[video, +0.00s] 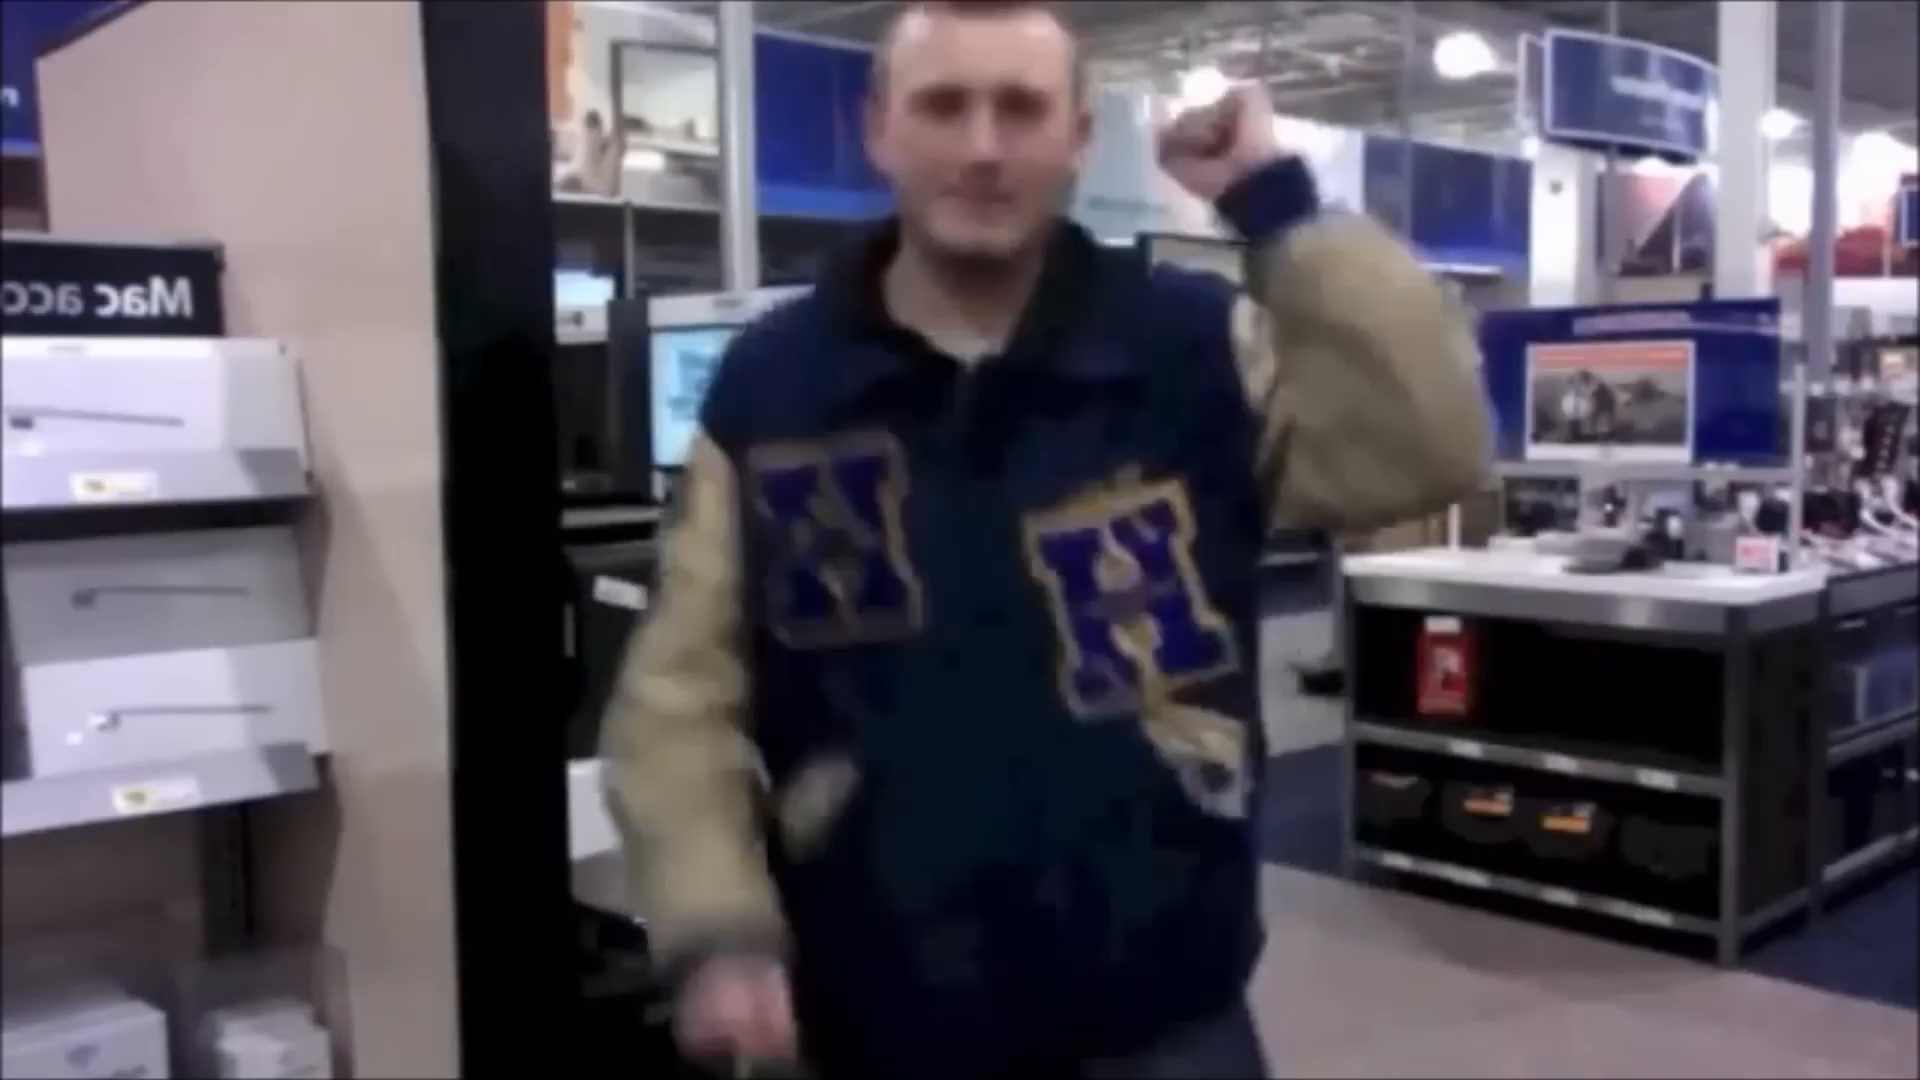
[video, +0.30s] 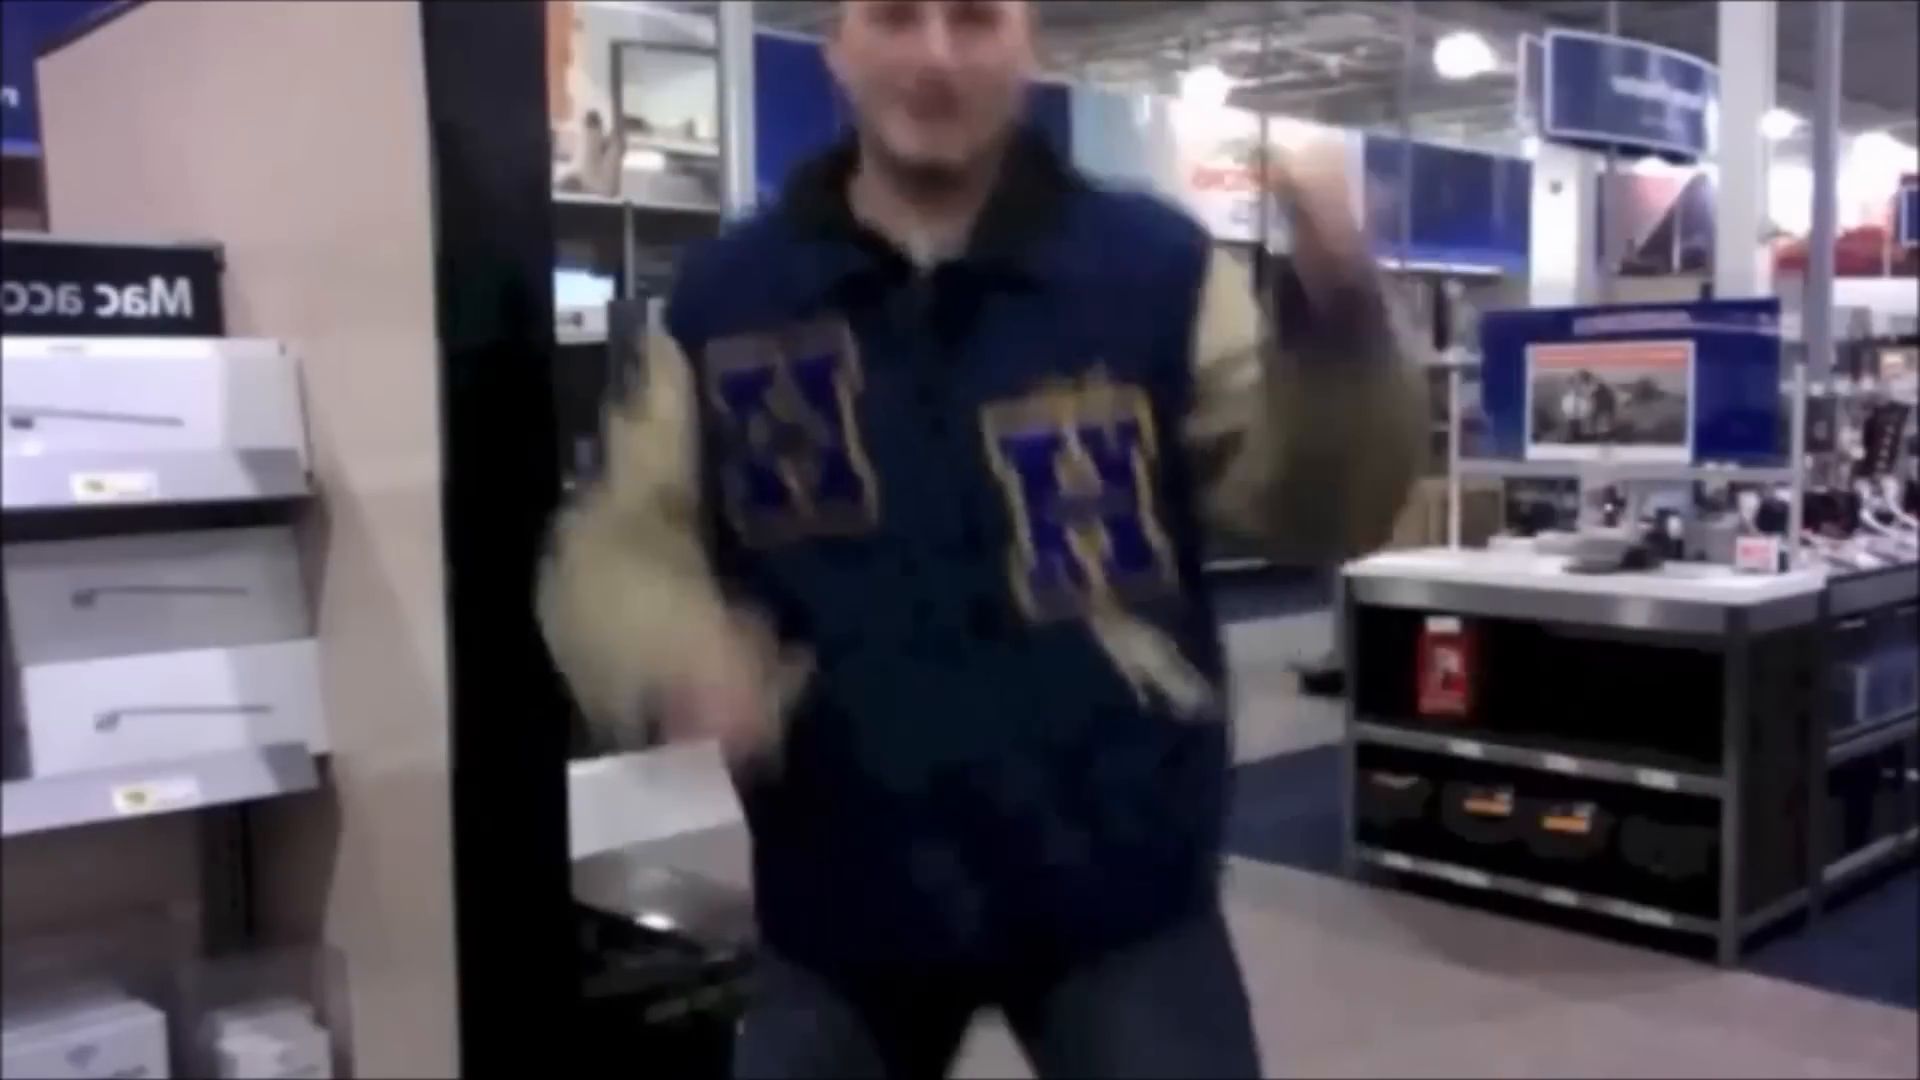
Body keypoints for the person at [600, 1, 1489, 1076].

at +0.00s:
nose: (982, 147)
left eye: (1020, 109)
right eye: (943, 107)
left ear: (1079, 134)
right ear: (878, 131)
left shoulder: (1189, 342)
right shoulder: (782, 379)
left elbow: (1428, 455)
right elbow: (682, 688)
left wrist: (1274, 203)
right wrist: (722, 941)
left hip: (1151, 994)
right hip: (884, 1003)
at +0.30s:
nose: (935, 57)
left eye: (973, 20)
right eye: (895, 20)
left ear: (1027, 40)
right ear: (839, 40)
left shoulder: (1152, 264)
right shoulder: (730, 298)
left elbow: (1315, 517)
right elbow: (614, 549)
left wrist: (1339, 310)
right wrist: (695, 654)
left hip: (1112, 865)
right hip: (852, 876)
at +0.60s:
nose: (1013, 14)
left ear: (1099, 18)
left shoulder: (1200, 242)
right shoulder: (791, 236)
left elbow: (1289, 472)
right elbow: (652, 426)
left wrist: (1368, 546)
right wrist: (694, 495)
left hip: (1131, 840)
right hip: (879, 841)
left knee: (1205, 1059)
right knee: (819, 1063)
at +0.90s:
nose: (1211, 156)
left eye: (1252, 121)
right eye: (1171, 116)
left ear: (1306, 149)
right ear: (1104, 130)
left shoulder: (1351, 366)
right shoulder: (957, 352)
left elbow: (1527, 563)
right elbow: (768, 626)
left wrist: (1413, 295)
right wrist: (678, 867)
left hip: (1267, 1014)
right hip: (986, 1005)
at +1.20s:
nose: (1138, 27)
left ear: (1227, 25)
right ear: (1029, 24)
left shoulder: (1329, 268)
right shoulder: (897, 256)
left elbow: (1469, 550)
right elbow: (746, 431)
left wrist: (1466, 312)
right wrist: (684, 517)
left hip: (1228, 882)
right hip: (961, 879)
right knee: (852, 1067)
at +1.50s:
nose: (991, 15)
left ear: (1087, 17)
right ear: (885, 16)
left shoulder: (1209, 212)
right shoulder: (804, 249)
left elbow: (1358, 482)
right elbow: (615, 450)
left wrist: (1433, 735)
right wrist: (698, 135)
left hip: (1167, 864)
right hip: (909, 876)